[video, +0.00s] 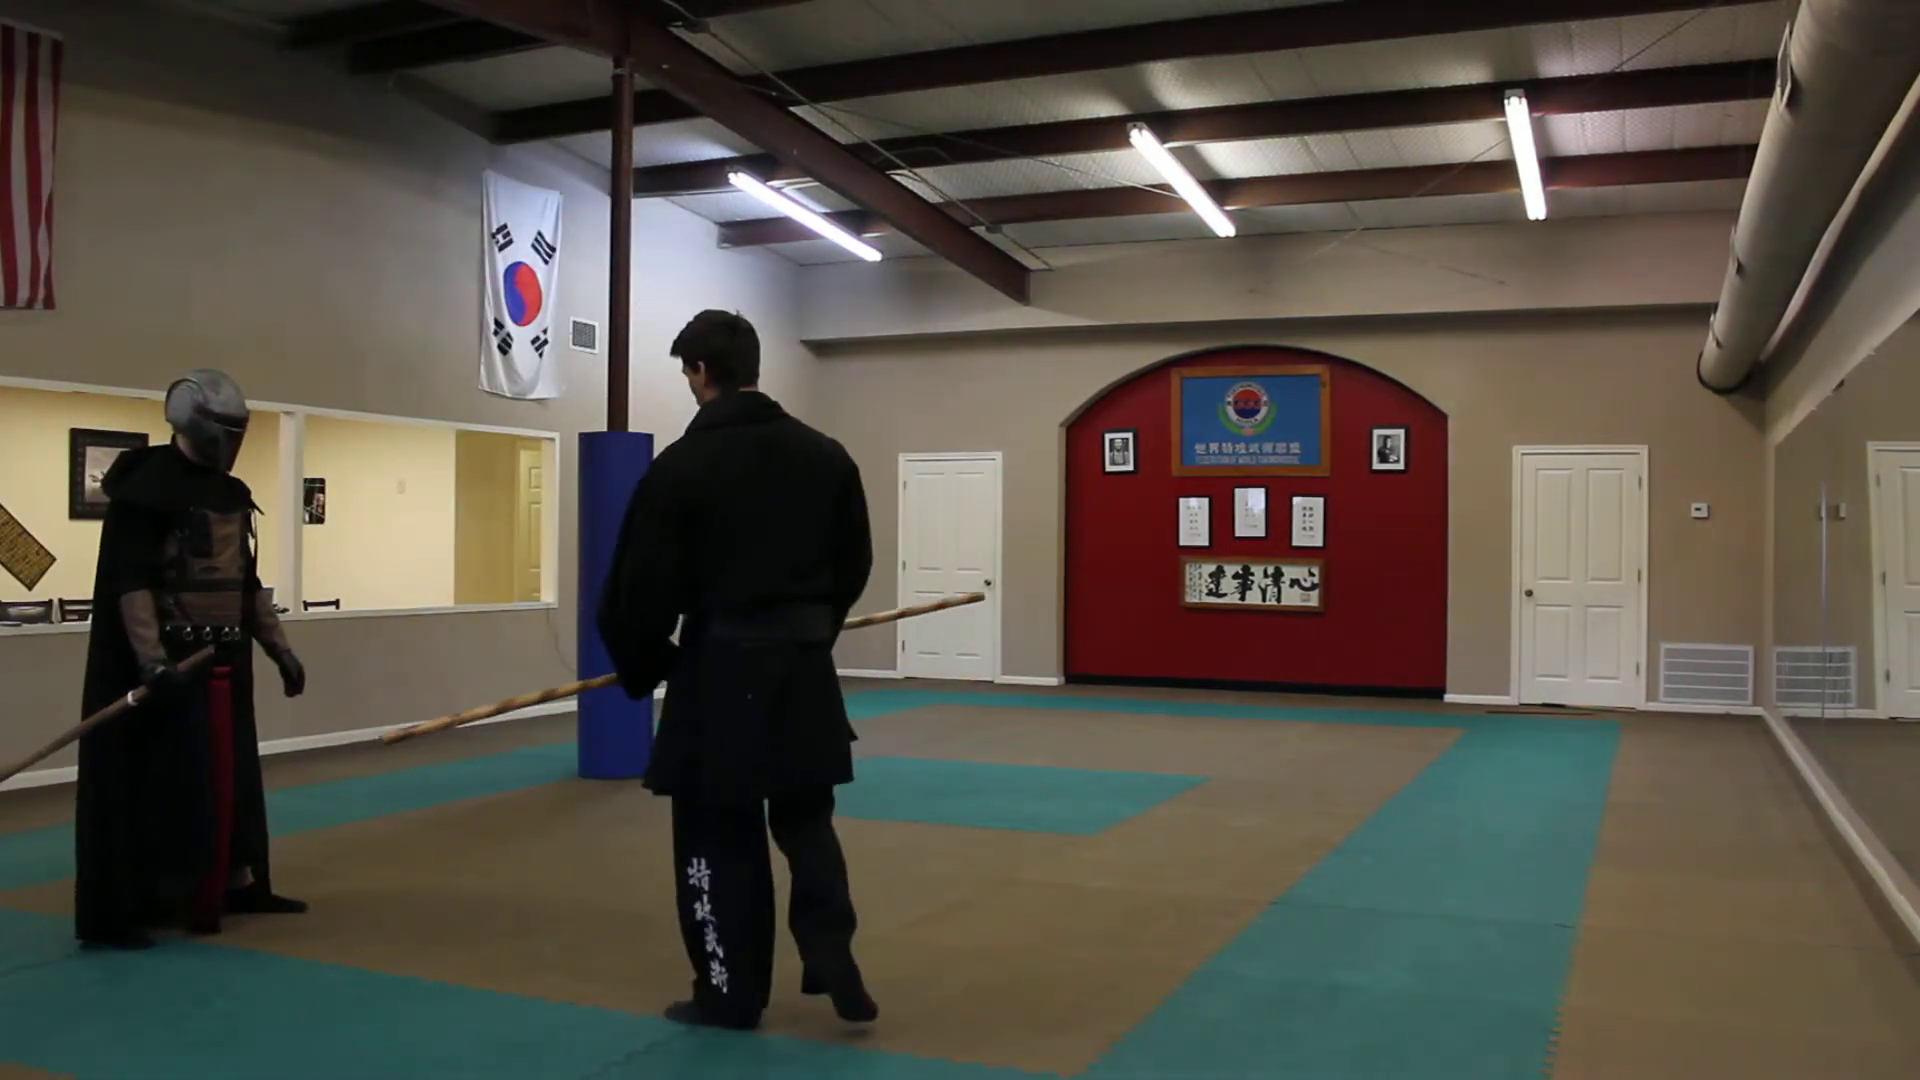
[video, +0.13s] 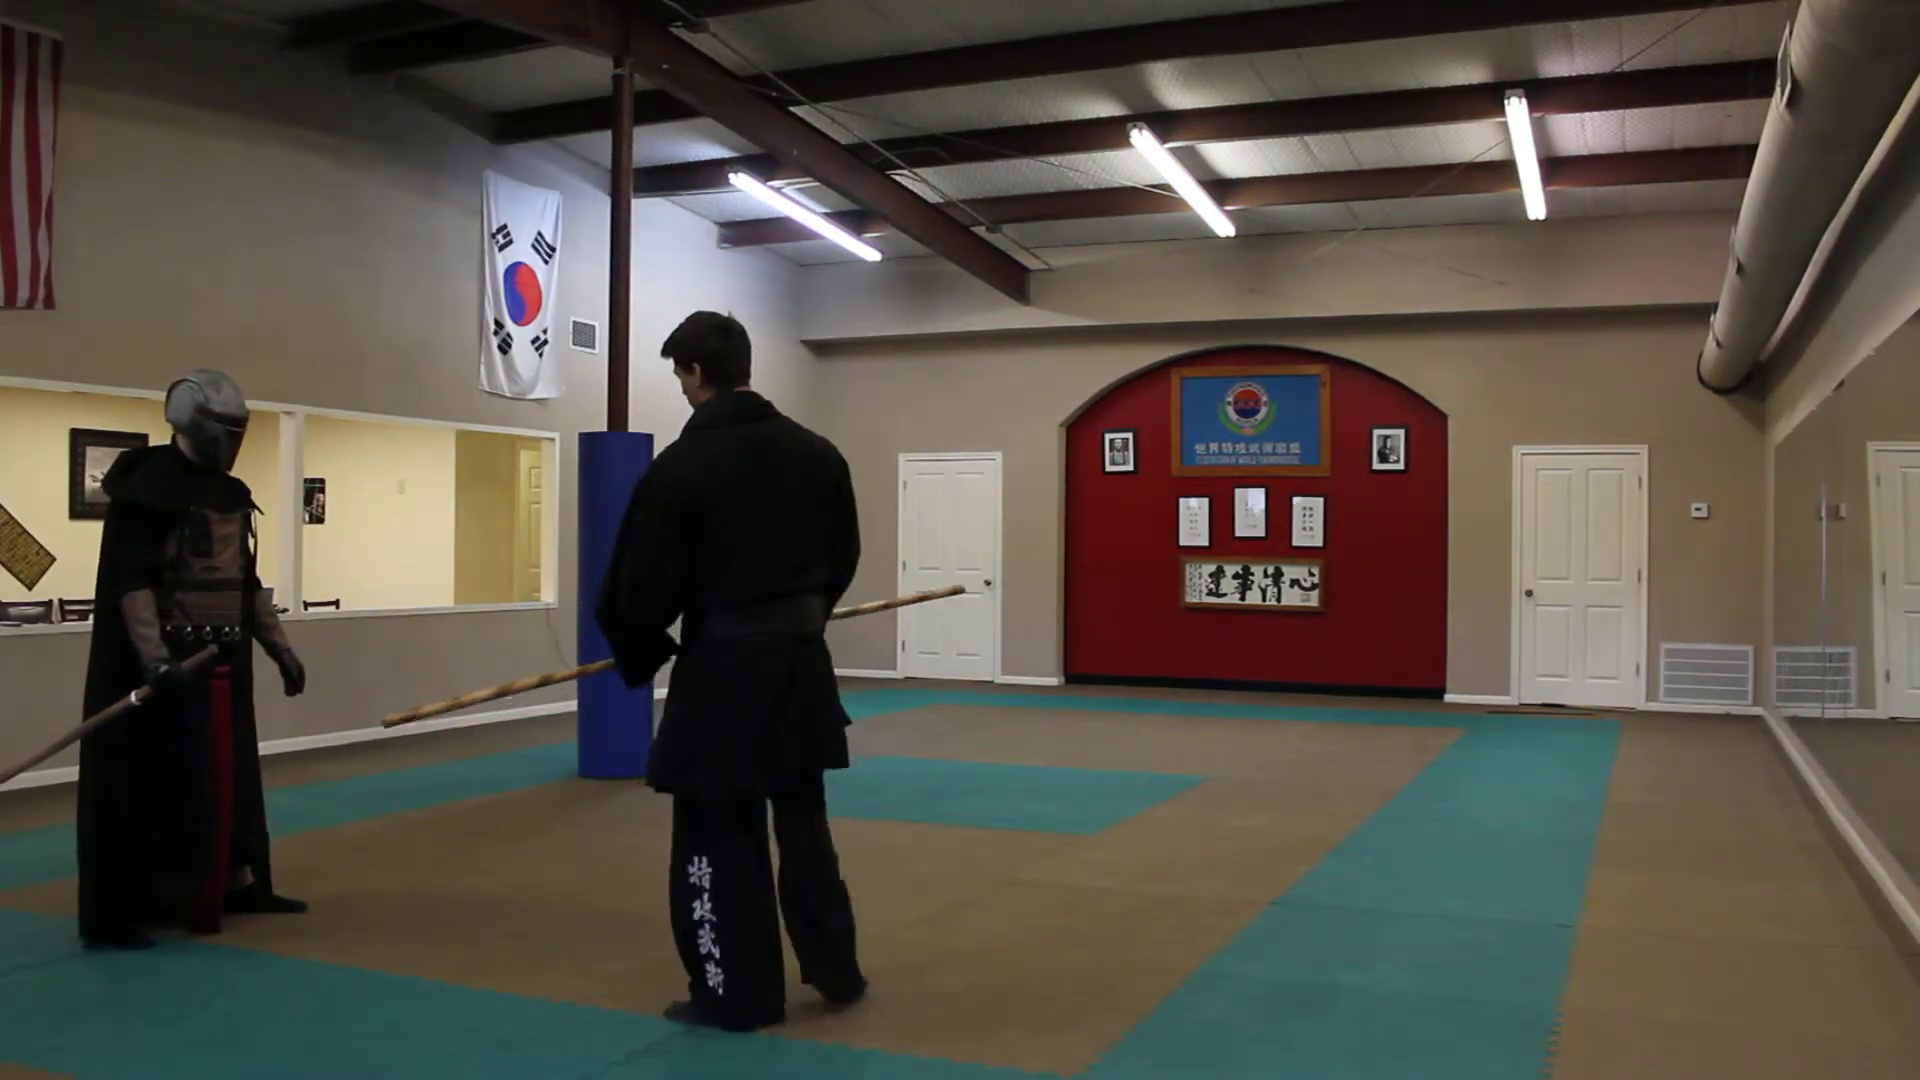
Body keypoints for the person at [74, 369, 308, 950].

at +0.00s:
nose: (234, 439)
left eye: (238, 428)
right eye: (224, 427)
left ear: (238, 426)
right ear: (188, 424)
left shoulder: (231, 494)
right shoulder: (145, 480)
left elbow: (244, 584)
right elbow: (129, 578)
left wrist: (281, 649)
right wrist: (151, 658)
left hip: (219, 663)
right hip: (152, 662)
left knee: (229, 774)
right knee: (141, 782)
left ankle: (232, 888)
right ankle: (121, 911)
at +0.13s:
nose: (235, 439)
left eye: (239, 428)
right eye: (225, 427)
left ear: (238, 426)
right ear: (188, 425)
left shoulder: (230, 494)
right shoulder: (145, 481)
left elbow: (244, 582)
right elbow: (131, 579)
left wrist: (282, 648)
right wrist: (154, 657)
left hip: (218, 664)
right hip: (151, 663)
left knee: (228, 775)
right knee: (140, 783)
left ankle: (232, 888)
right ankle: (120, 912)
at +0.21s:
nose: (236, 439)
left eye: (239, 428)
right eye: (225, 427)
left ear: (238, 426)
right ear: (187, 425)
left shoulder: (229, 493)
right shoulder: (145, 482)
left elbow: (244, 582)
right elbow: (131, 579)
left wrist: (282, 648)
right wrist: (155, 657)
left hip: (218, 663)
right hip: (151, 662)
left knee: (228, 774)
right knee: (141, 782)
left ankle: (233, 888)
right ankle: (120, 912)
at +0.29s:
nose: (235, 439)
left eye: (239, 428)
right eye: (225, 427)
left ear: (238, 426)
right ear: (188, 425)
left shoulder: (229, 494)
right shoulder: (146, 482)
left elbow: (244, 582)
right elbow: (132, 580)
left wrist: (282, 648)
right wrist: (157, 657)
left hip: (218, 664)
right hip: (151, 663)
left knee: (228, 775)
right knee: (141, 783)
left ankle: (233, 888)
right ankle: (120, 913)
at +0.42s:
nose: (237, 439)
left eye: (240, 428)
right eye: (228, 427)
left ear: (236, 426)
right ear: (190, 425)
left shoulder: (229, 494)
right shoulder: (146, 482)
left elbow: (244, 583)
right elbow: (132, 580)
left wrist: (281, 649)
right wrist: (158, 658)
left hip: (218, 665)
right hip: (151, 664)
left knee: (229, 776)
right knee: (141, 783)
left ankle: (233, 888)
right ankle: (119, 913)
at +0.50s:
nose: (238, 439)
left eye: (241, 428)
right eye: (229, 427)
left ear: (233, 425)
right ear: (191, 424)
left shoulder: (229, 495)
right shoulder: (146, 483)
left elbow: (243, 585)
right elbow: (132, 580)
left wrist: (281, 650)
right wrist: (158, 658)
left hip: (218, 664)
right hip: (151, 664)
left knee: (229, 775)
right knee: (140, 783)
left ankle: (233, 888)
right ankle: (119, 912)